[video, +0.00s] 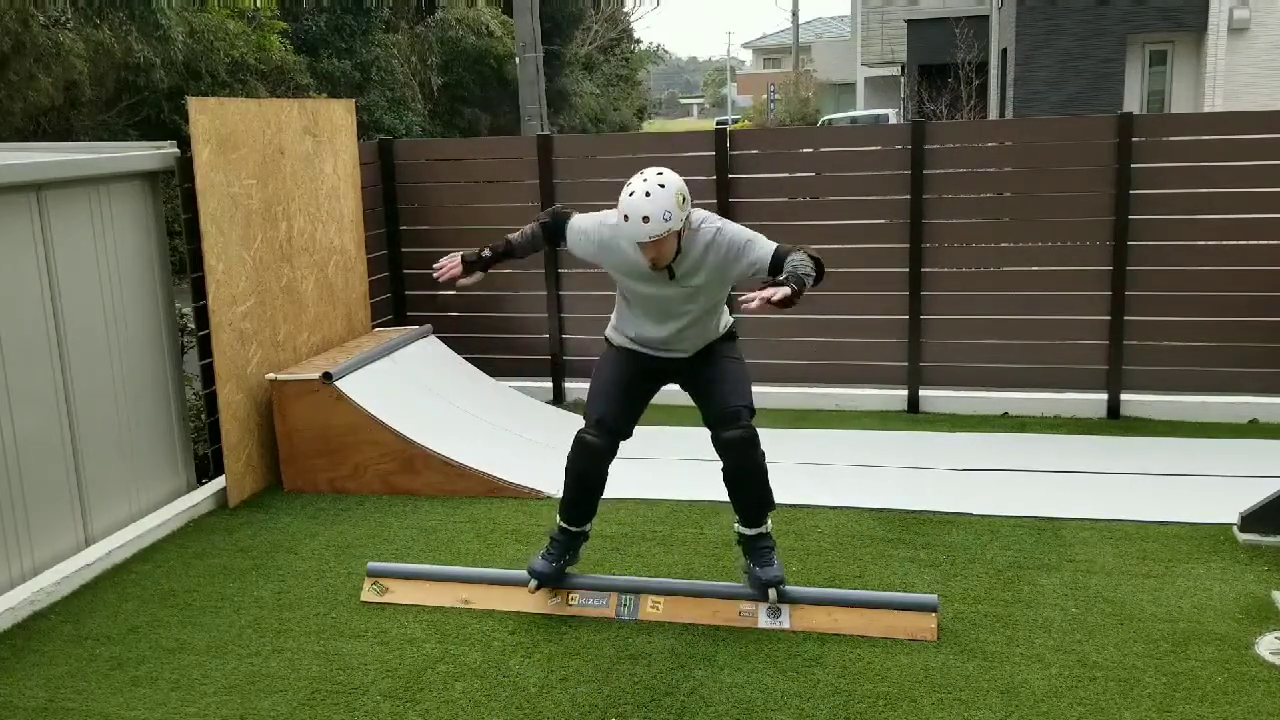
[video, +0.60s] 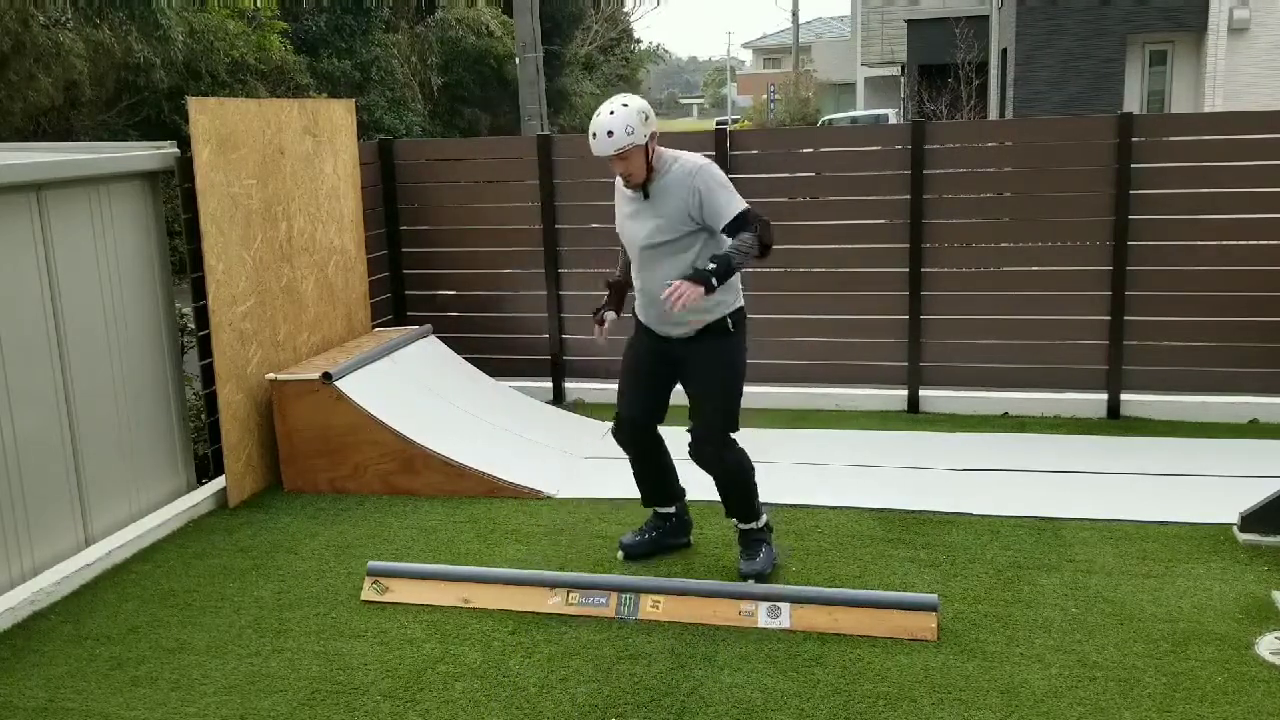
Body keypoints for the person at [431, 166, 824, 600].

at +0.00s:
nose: (651, 254)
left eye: (659, 241)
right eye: (641, 243)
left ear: (683, 225)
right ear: (629, 228)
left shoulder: (721, 239)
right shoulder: (607, 235)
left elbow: (802, 261)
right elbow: (551, 228)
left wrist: (788, 286)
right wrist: (479, 261)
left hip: (709, 345)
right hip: (632, 344)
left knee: (737, 435)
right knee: (595, 440)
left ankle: (760, 549)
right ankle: (566, 541)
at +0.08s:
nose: (646, 238)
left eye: (654, 227)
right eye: (638, 228)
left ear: (681, 213)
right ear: (628, 214)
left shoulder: (719, 227)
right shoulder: (609, 225)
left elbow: (798, 248)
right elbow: (556, 219)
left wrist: (780, 269)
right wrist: (488, 249)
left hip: (709, 341)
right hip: (634, 342)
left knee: (738, 434)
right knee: (596, 439)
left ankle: (760, 548)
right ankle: (565, 542)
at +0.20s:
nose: (636, 159)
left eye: (645, 147)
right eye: (626, 149)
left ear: (669, 129)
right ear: (615, 135)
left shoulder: (710, 139)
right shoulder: (608, 151)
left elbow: (784, 159)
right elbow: (565, 152)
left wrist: (710, 166)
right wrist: (514, 196)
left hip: (715, 305)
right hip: (642, 304)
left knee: (738, 422)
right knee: (604, 416)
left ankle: (761, 539)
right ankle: (576, 533)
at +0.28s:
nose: (636, 145)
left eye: (643, 132)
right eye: (625, 136)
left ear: (666, 112)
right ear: (613, 123)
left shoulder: (704, 123)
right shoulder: (607, 138)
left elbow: (778, 141)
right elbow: (570, 142)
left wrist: (702, 146)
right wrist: (531, 195)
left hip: (714, 291)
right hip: (645, 293)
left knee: (731, 414)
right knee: (618, 407)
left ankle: (758, 527)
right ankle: (600, 523)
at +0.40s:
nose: (626, 151)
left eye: (633, 139)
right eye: (619, 142)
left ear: (659, 125)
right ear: (613, 135)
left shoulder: (699, 142)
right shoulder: (614, 157)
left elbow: (772, 166)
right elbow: (583, 190)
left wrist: (702, 168)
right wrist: (555, 234)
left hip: (712, 307)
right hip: (648, 310)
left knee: (722, 431)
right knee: (635, 419)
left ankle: (755, 531)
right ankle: (659, 519)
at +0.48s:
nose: (625, 165)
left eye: (633, 154)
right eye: (619, 156)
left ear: (658, 141)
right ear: (615, 151)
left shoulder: (701, 168)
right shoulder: (620, 184)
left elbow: (769, 197)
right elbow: (598, 225)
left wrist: (700, 199)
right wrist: (568, 267)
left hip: (712, 332)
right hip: (651, 333)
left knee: (719, 447)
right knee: (641, 432)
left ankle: (760, 532)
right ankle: (677, 520)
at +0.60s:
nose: (617, 168)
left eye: (624, 156)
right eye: (611, 159)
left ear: (650, 142)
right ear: (607, 152)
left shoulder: (697, 173)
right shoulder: (623, 185)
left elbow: (752, 235)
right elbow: (637, 244)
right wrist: (617, 292)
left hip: (713, 330)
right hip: (653, 331)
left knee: (711, 443)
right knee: (632, 427)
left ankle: (753, 532)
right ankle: (670, 521)